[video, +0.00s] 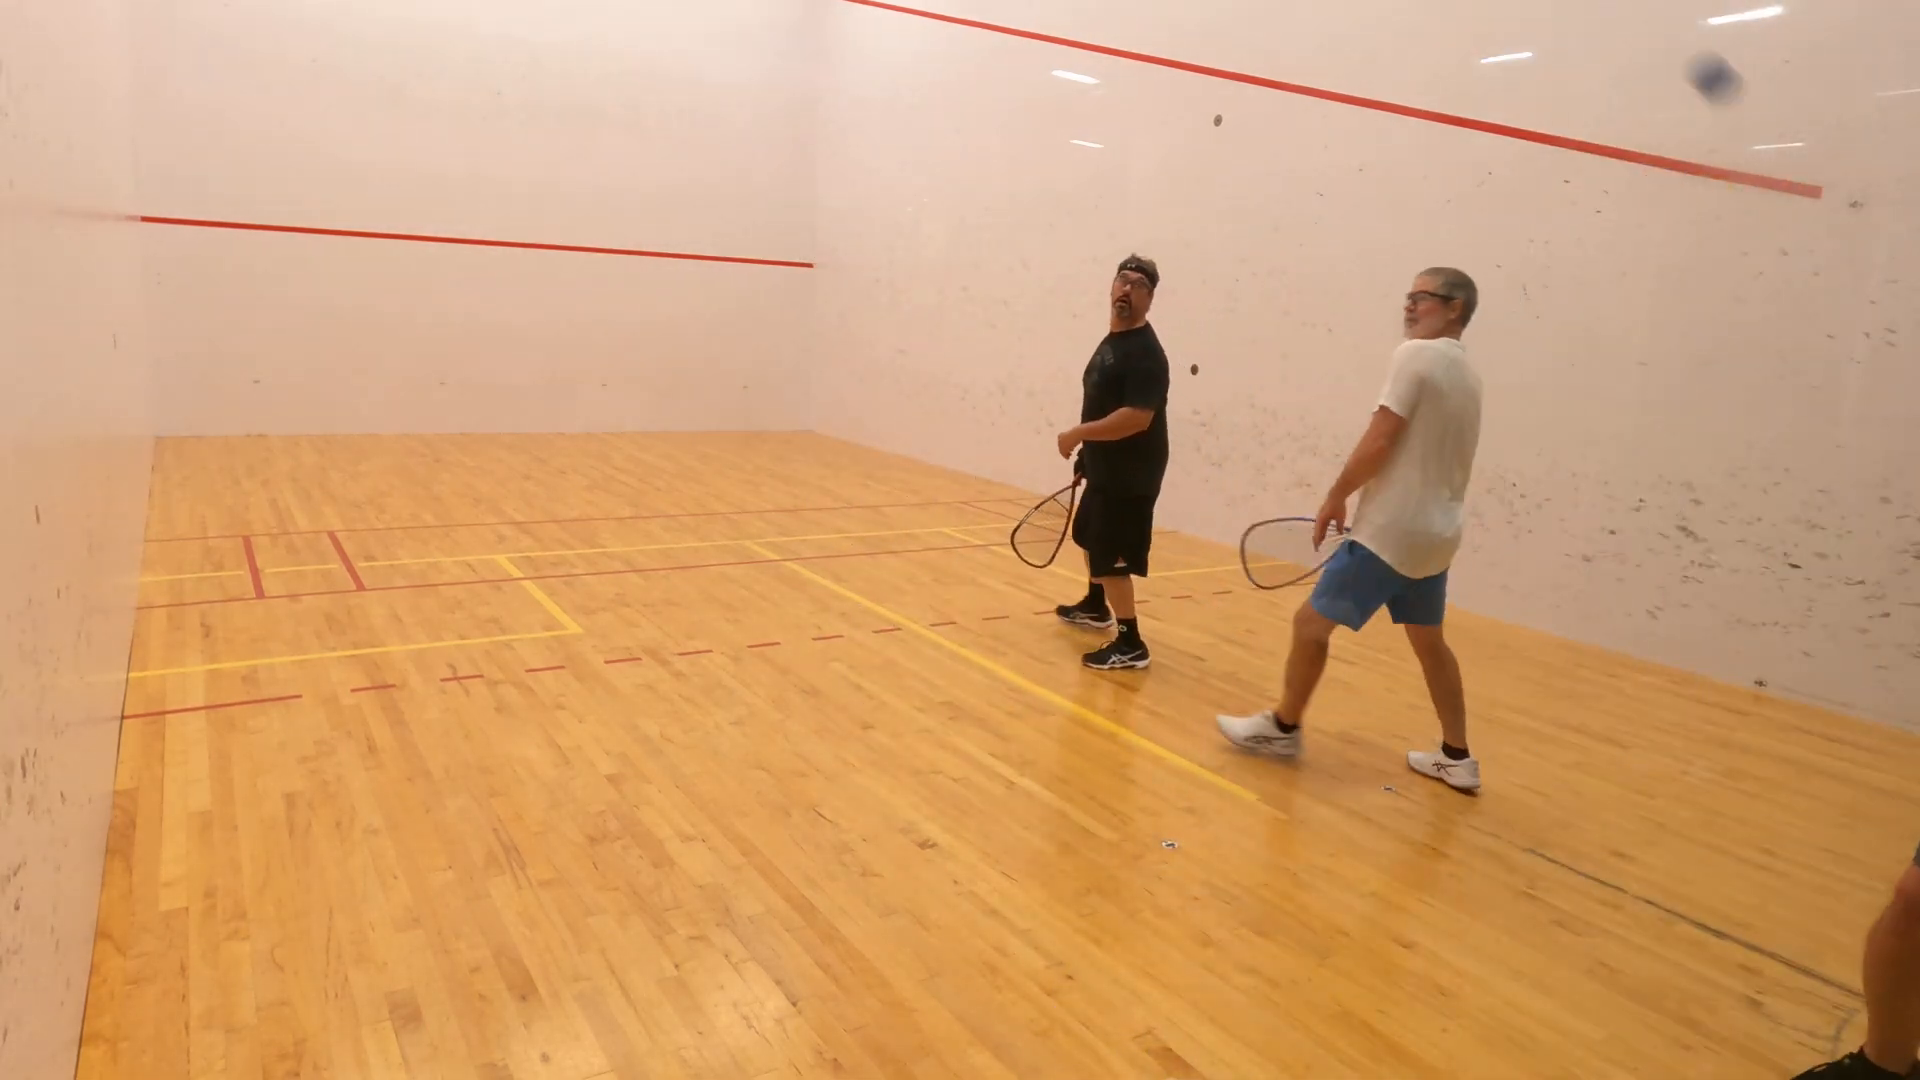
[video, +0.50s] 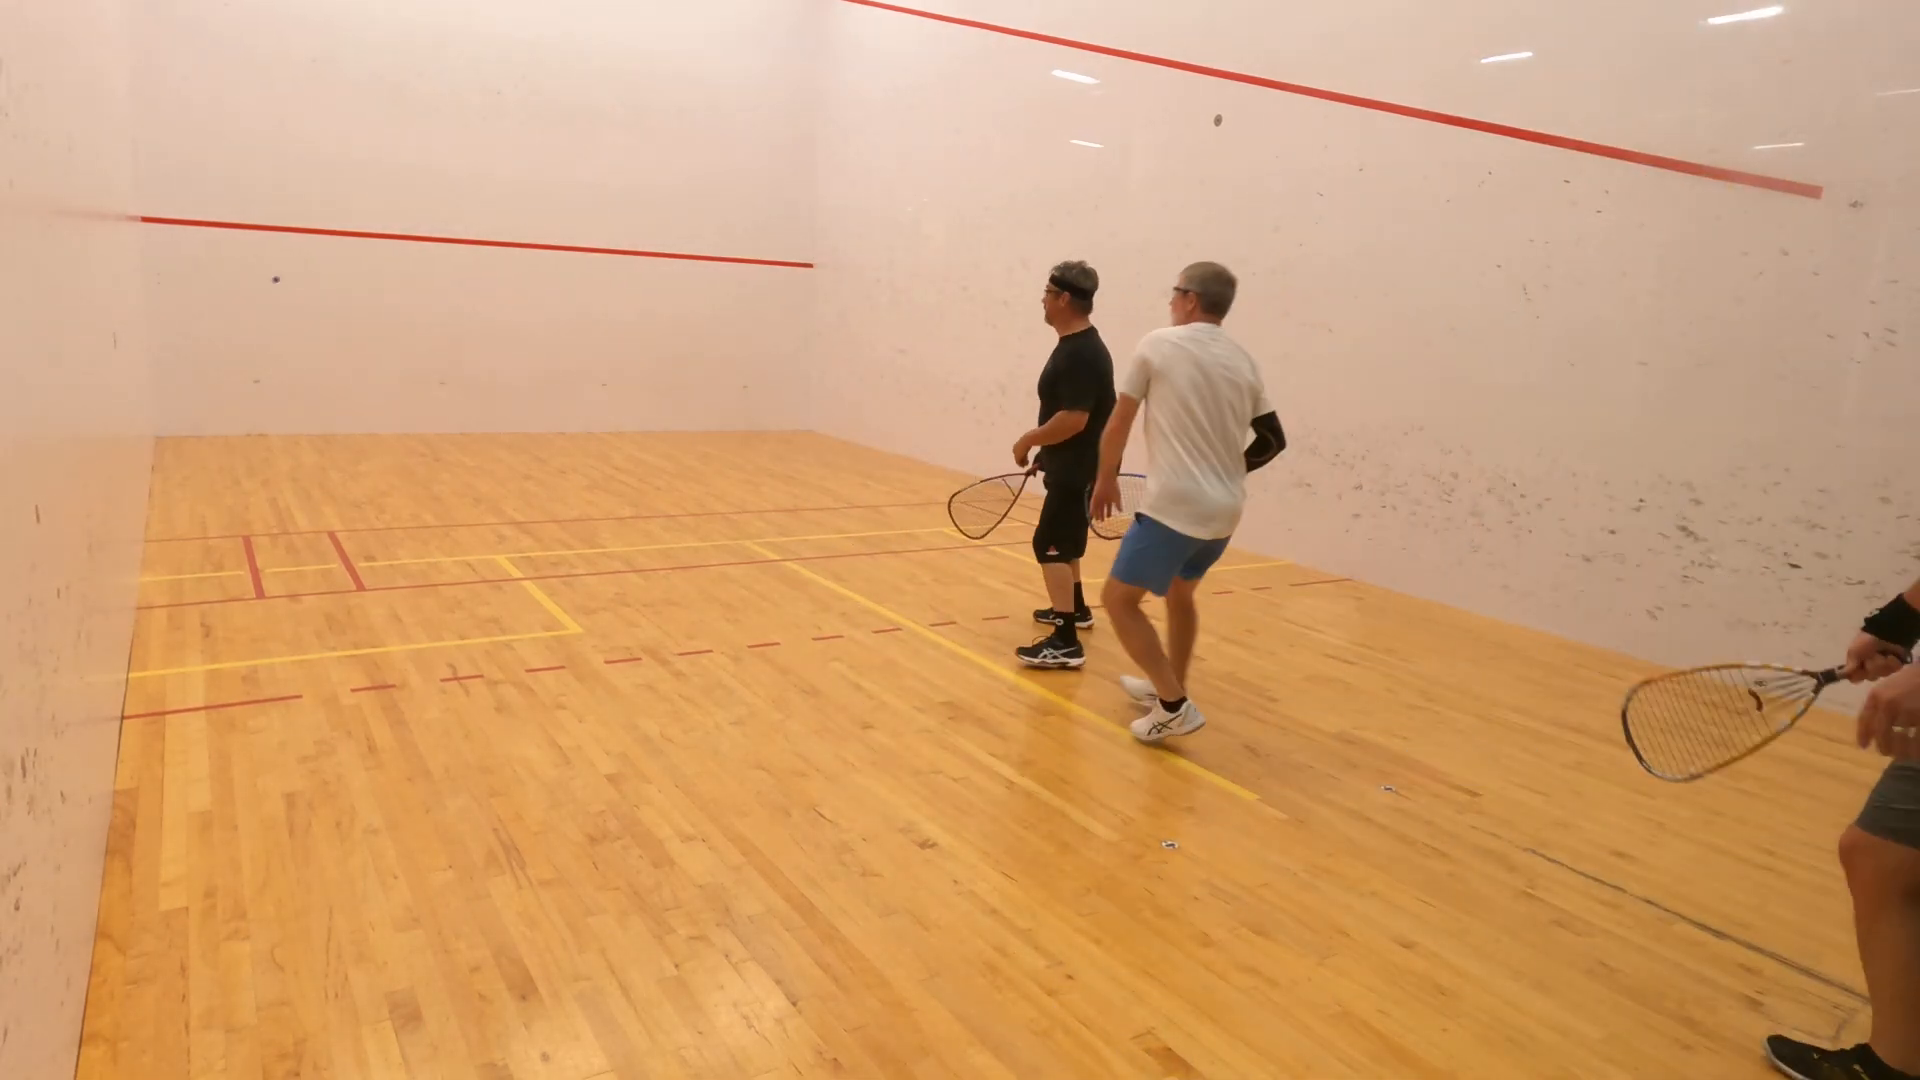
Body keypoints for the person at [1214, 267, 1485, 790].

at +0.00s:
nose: (1407, 307)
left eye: (1418, 299)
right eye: (1408, 298)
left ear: (1453, 309)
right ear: (1453, 312)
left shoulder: (1417, 356)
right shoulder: (1466, 371)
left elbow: (1380, 440)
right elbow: (1434, 460)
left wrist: (1335, 496)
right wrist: (1364, 508)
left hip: (1391, 530)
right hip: (1436, 534)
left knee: (1311, 622)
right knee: (1428, 639)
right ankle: (1457, 756)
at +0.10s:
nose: (1362, 317)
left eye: (1373, 308)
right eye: (1365, 308)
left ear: (1405, 318)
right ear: (1408, 321)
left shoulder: (1362, 366)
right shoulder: (1431, 386)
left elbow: (1323, 451)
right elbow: (1402, 474)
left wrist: (1291, 506)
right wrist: (1333, 517)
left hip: (1350, 538)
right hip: (1403, 544)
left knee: (1267, 616)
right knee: (1412, 643)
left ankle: (1219, 711)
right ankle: (1455, 754)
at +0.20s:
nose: (1312, 318)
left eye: (1321, 309)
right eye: (1316, 308)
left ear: (1350, 316)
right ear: (1358, 320)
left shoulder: (1306, 364)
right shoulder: (1383, 385)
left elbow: (1267, 447)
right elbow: (1381, 471)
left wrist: (1240, 504)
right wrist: (1307, 500)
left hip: (1296, 531)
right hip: (1357, 538)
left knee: (1221, 608)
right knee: (1386, 635)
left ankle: (1202, 714)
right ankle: (1443, 741)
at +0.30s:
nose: (1259, 303)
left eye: (1266, 295)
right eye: (1263, 294)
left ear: (1288, 302)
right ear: (1303, 307)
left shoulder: (1250, 348)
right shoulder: (1329, 368)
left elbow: (1211, 427)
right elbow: (1341, 451)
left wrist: (1188, 482)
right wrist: (1289, 477)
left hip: (1245, 517)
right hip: (1305, 523)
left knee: (1196, 604)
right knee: (1323, 615)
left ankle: (1201, 715)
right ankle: (1377, 719)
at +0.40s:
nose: (1213, 291)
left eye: (1219, 283)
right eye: (1217, 282)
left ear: (1236, 289)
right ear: (1262, 295)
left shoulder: (1205, 333)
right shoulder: (1284, 352)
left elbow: (1168, 408)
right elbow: (1305, 432)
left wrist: (1146, 464)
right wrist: (1261, 461)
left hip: (1207, 499)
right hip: (1264, 502)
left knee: (1175, 600)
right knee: (1252, 598)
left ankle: (1193, 712)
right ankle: (1274, 712)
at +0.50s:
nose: (1171, 301)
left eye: (1176, 293)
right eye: (1174, 293)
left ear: (1191, 300)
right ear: (1219, 306)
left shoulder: (1160, 344)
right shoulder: (1242, 360)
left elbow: (1119, 421)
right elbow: (1271, 440)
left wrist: (1106, 479)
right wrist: (1226, 472)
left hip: (1172, 506)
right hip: (1224, 509)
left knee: (1118, 599)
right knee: (1181, 590)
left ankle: (1175, 706)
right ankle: (1168, 688)